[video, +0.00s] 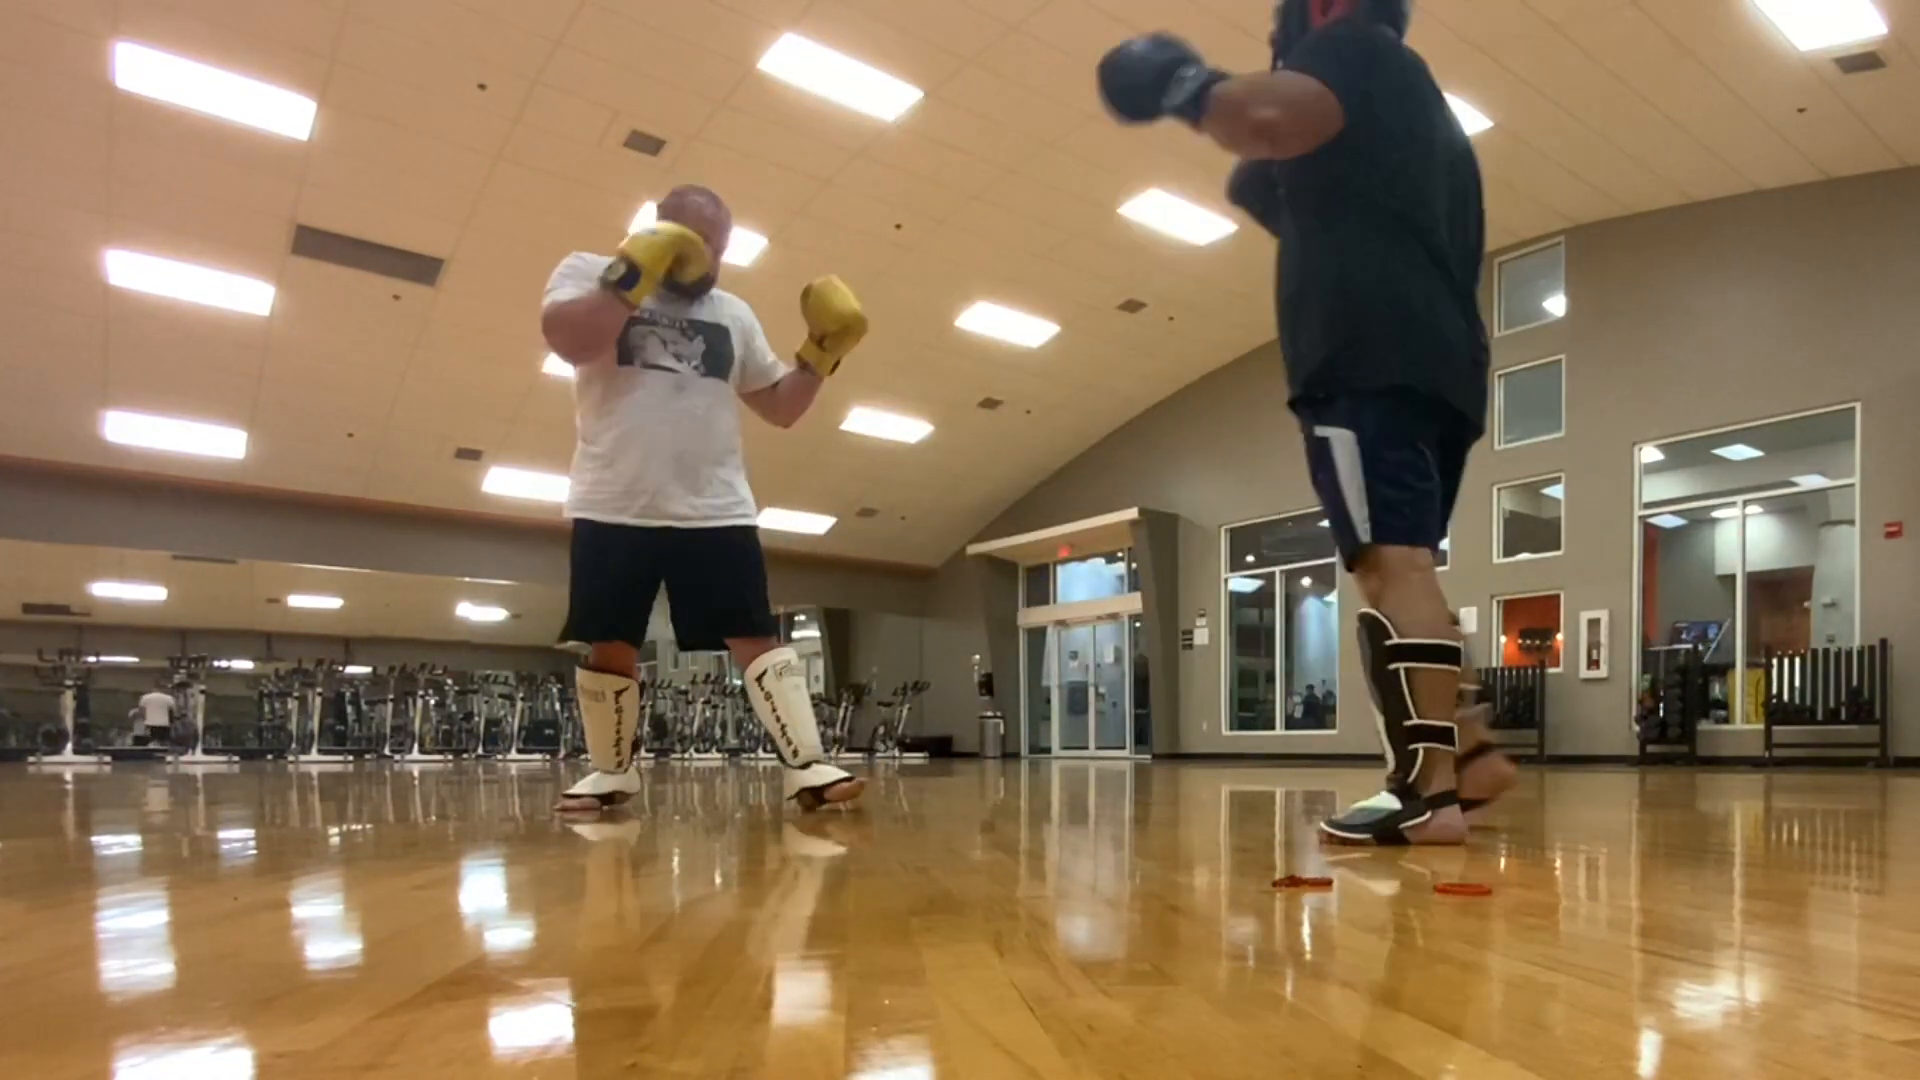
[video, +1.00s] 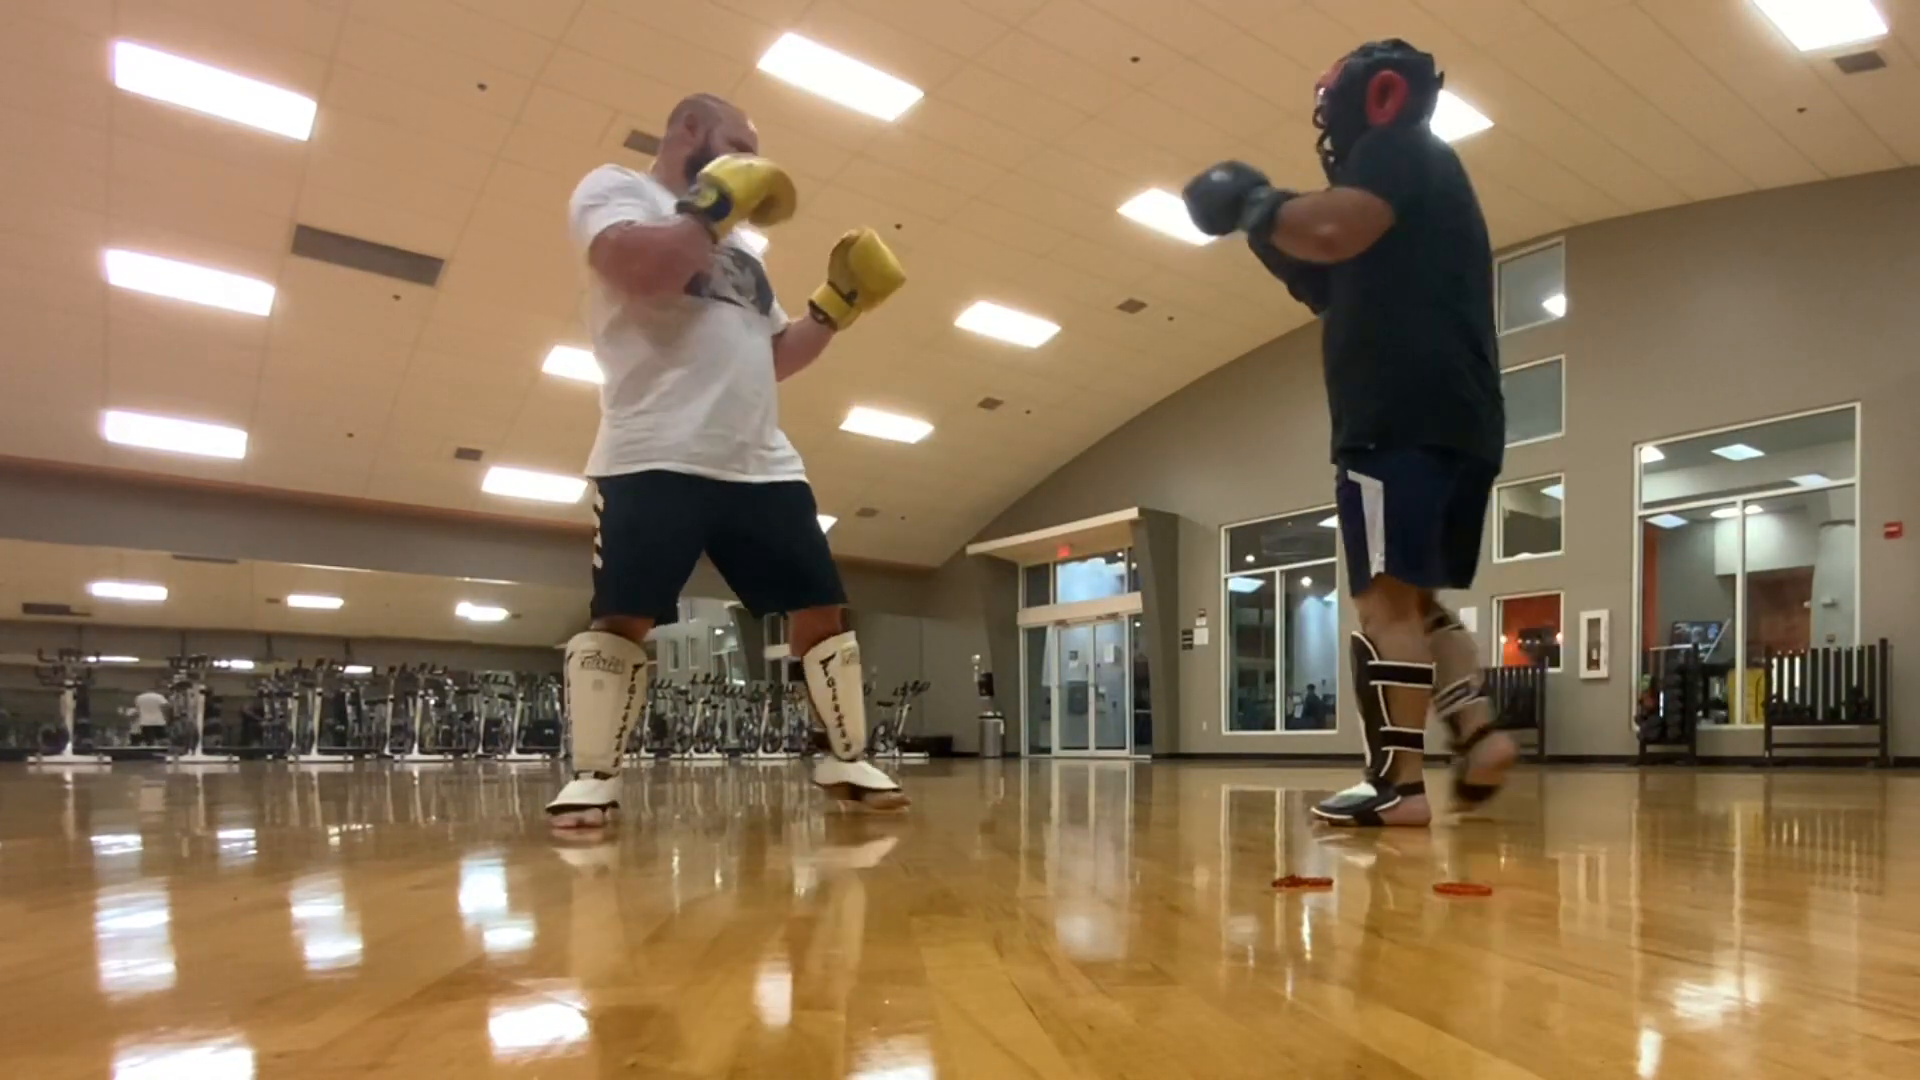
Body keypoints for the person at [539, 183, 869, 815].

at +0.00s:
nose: (705, 258)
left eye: (716, 247)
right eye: (693, 241)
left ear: (724, 250)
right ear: (660, 228)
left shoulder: (732, 314)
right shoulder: (591, 273)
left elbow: (780, 406)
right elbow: (571, 343)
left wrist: (820, 356)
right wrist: (635, 273)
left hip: (716, 504)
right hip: (615, 501)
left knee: (751, 632)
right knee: (609, 644)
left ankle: (807, 763)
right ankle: (612, 773)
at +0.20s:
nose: (756, 246)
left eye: (765, 238)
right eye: (747, 229)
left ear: (767, 244)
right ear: (704, 215)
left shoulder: (765, 310)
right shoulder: (632, 259)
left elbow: (800, 407)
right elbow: (613, 338)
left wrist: (846, 368)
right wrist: (695, 290)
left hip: (741, 500)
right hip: (642, 492)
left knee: (770, 631)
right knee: (622, 640)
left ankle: (808, 770)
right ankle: (605, 767)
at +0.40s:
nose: (787, 231)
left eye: (798, 223)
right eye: (777, 211)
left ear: (800, 233)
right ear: (733, 198)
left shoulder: (802, 299)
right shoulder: (662, 246)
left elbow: (825, 398)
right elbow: (618, 326)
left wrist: (865, 372)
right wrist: (704, 292)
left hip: (770, 490)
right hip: (667, 472)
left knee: (790, 631)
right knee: (609, 621)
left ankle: (810, 771)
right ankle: (585, 738)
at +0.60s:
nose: (774, 195)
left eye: (780, 189)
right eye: (762, 182)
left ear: (784, 200)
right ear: (718, 180)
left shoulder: (795, 272)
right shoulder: (651, 229)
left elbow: (860, 362)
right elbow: (618, 302)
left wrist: (887, 297)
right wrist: (691, 230)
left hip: (767, 475)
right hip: (664, 462)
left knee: (783, 625)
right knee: (630, 611)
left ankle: (811, 775)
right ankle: (577, 767)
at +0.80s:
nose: (743, 171)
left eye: (750, 166)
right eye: (731, 153)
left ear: (749, 180)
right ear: (679, 145)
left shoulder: (748, 259)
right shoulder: (608, 207)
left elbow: (782, 374)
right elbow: (585, 305)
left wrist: (829, 339)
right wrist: (684, 266)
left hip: (758, 453)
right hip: (652, 442)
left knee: (797, 605)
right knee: (635, 606)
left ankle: (815, 761)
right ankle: (595, 775)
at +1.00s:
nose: (752, 166)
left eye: (755, 159)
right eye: (741, 149)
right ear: (687, 130)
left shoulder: (744, 258)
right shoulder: (616, 188)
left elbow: (769, 359)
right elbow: (640, 270)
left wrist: (834, 307)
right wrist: (718, 203)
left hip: (758, 456)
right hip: (654, 450)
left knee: (818, 598)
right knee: (626, 609)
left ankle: (847, 756)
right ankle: (593, 777)